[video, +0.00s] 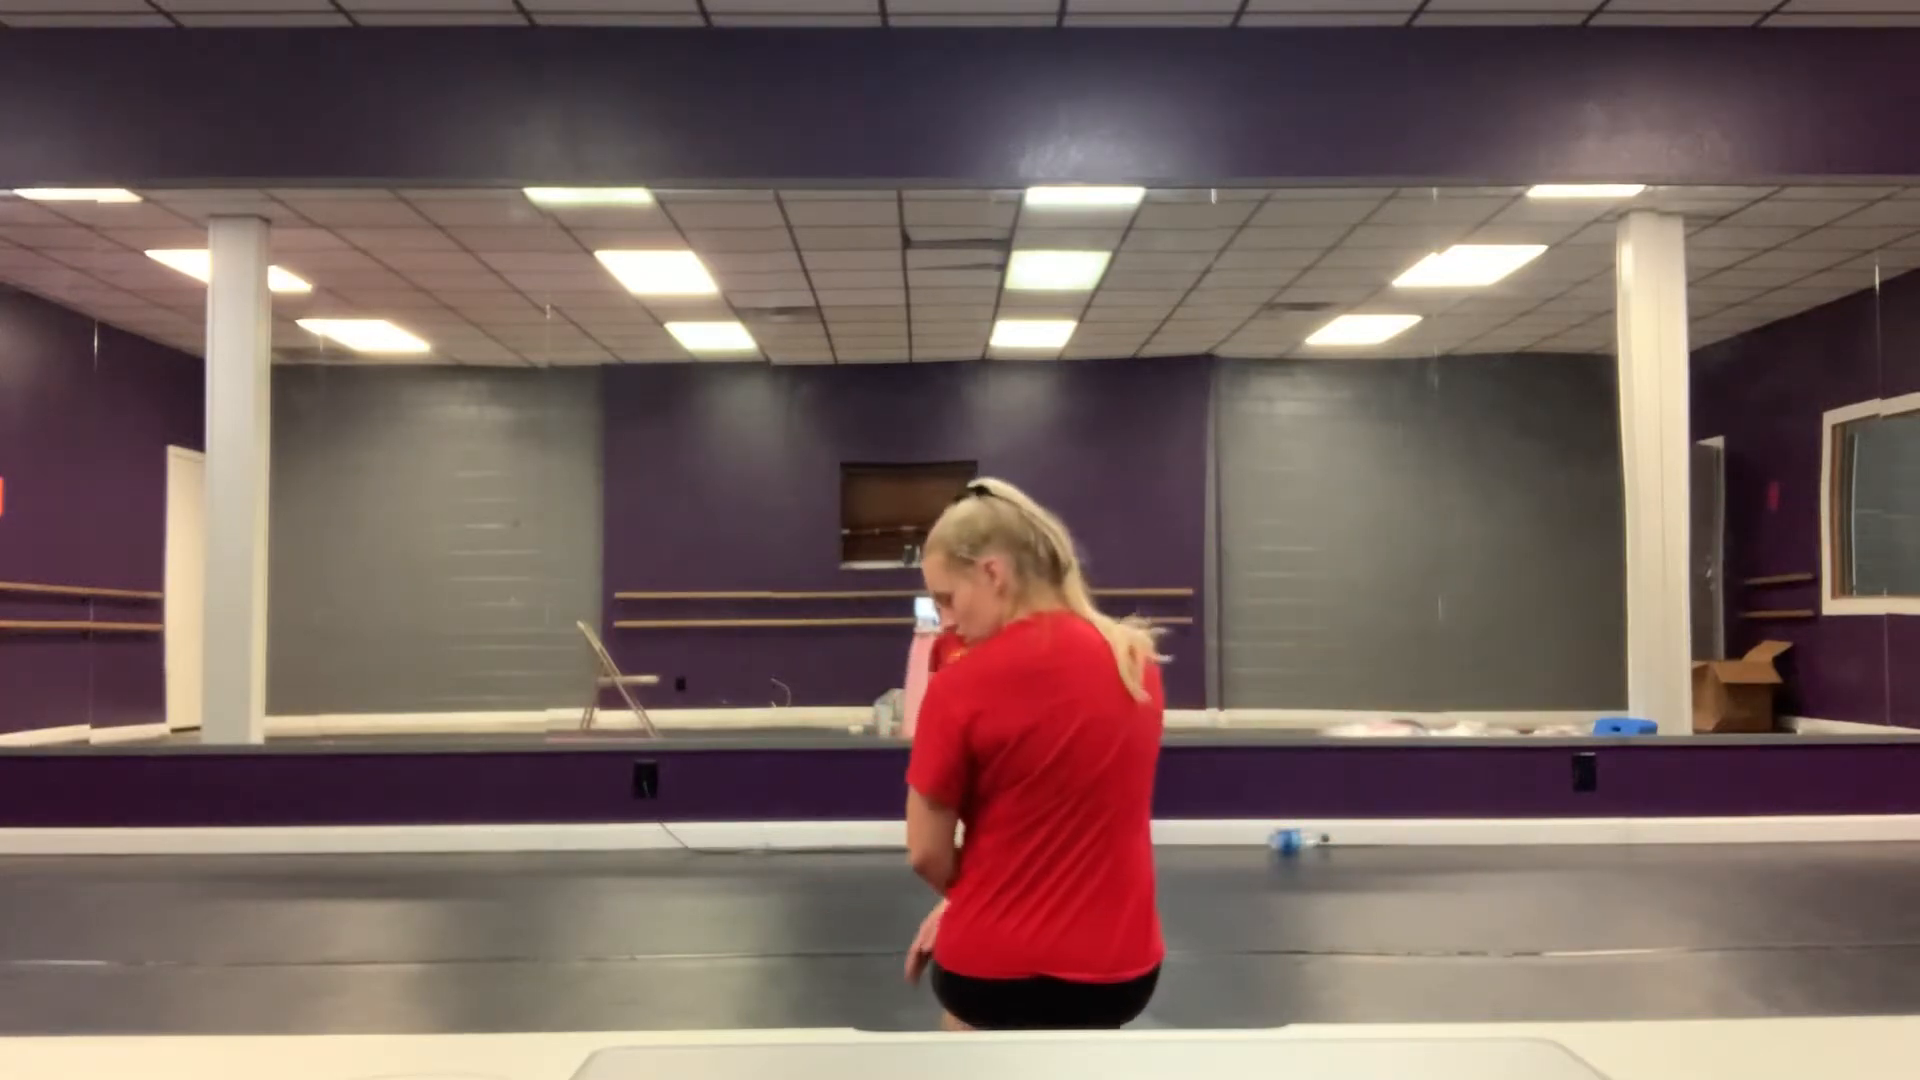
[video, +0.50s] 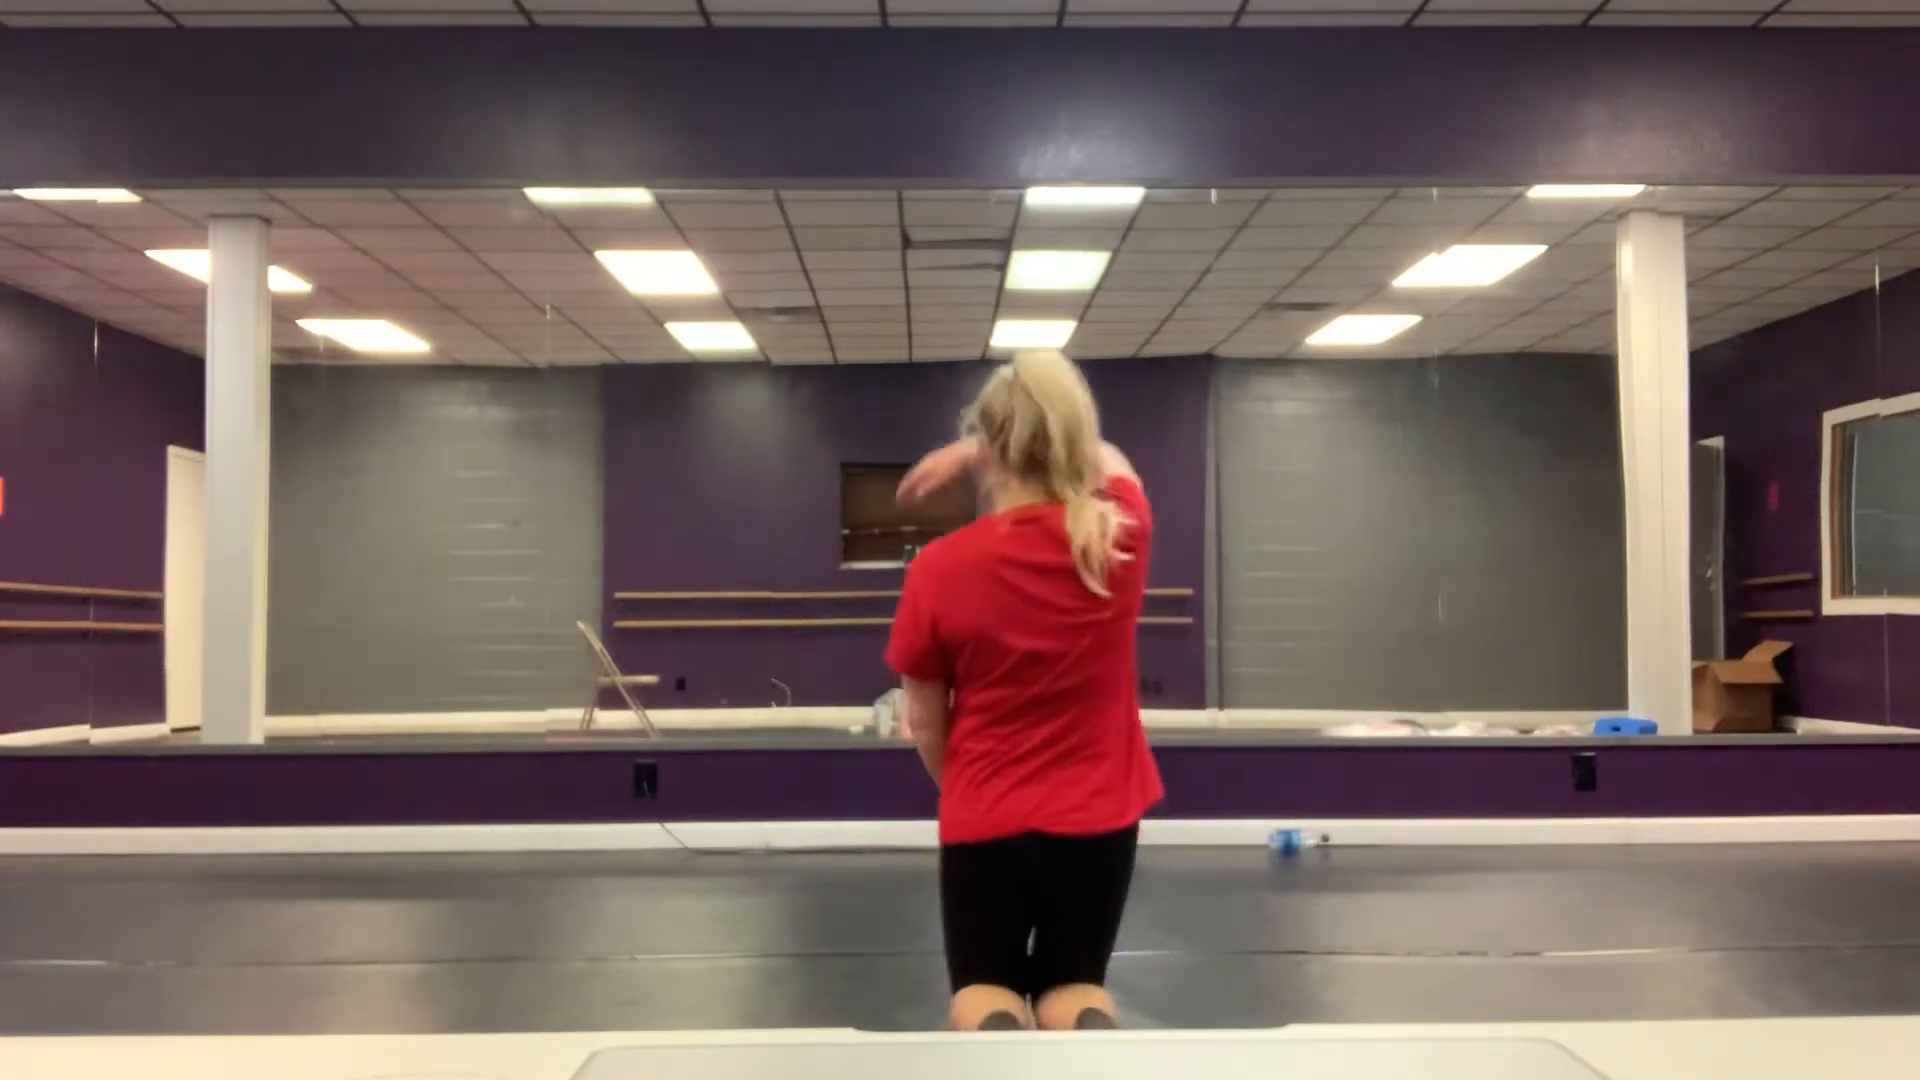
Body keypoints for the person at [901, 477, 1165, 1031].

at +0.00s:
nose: (946, 622)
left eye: (946, 600)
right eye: (939, 605)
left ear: (995, 574)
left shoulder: (965, 680)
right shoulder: (1135, 661)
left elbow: (927, 853)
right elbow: (1086, 820)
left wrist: (984, 894)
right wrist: (964, 902)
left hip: (995, 977)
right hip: (1120, 977)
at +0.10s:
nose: (945, 607)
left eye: (945, 583)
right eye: (938, 589)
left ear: (987, 555)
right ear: (1046, 549)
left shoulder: (958, 653)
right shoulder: (1138, 642)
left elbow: (937, 826)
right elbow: (1080, 792)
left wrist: (989, 871)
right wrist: (961, 872)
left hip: (996, 947)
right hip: (1117, 950)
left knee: (971, 1010)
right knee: (1086, 1018)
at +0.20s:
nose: (956, 569)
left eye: (953, 548)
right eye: (949, 552)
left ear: (983, 523)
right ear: (1051, 514)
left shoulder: (954, 629)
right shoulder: (1136, 603)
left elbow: (940, 795)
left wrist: (977, 851)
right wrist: (951, 824)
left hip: (996, 901)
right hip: (1114, 901)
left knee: (979, 1010)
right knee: (1079, 1005)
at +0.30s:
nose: (968, 521)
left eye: (966, 507)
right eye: (965, 509)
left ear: (985, 492)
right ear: (1060, 477)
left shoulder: (953, 598)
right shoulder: (1134, 569)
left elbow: (939, 762)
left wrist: (981, 827)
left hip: (993, 862)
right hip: (1113, 858)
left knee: (982, 993)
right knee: (1074, 993)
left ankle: (996, 1032)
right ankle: (1092, 1034)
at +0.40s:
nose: (973, 478)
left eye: (972, 465)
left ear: (986, 465)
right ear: (1072, 450)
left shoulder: (944, 577)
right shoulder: (1132, 542)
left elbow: (931, 736)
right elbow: (1059, 526)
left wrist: (971, 798)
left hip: (990, 832)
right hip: (1107, 829)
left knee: (985, 983)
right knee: (1075, 981)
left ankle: (1003, 1042)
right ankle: (1093, 1043)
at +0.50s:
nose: (979, 448)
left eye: (983, 438)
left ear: (995, 450)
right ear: (1075, 441)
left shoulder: (941, 566)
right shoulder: (1121, 532)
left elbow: (924, 724)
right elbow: (1092, 448)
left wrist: (968, 790)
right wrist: (975, 448)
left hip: (987, 815)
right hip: (1101, 813)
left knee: (985, 981)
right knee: (1073, 980)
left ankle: (1002, 1040)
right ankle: (1093, 1040)